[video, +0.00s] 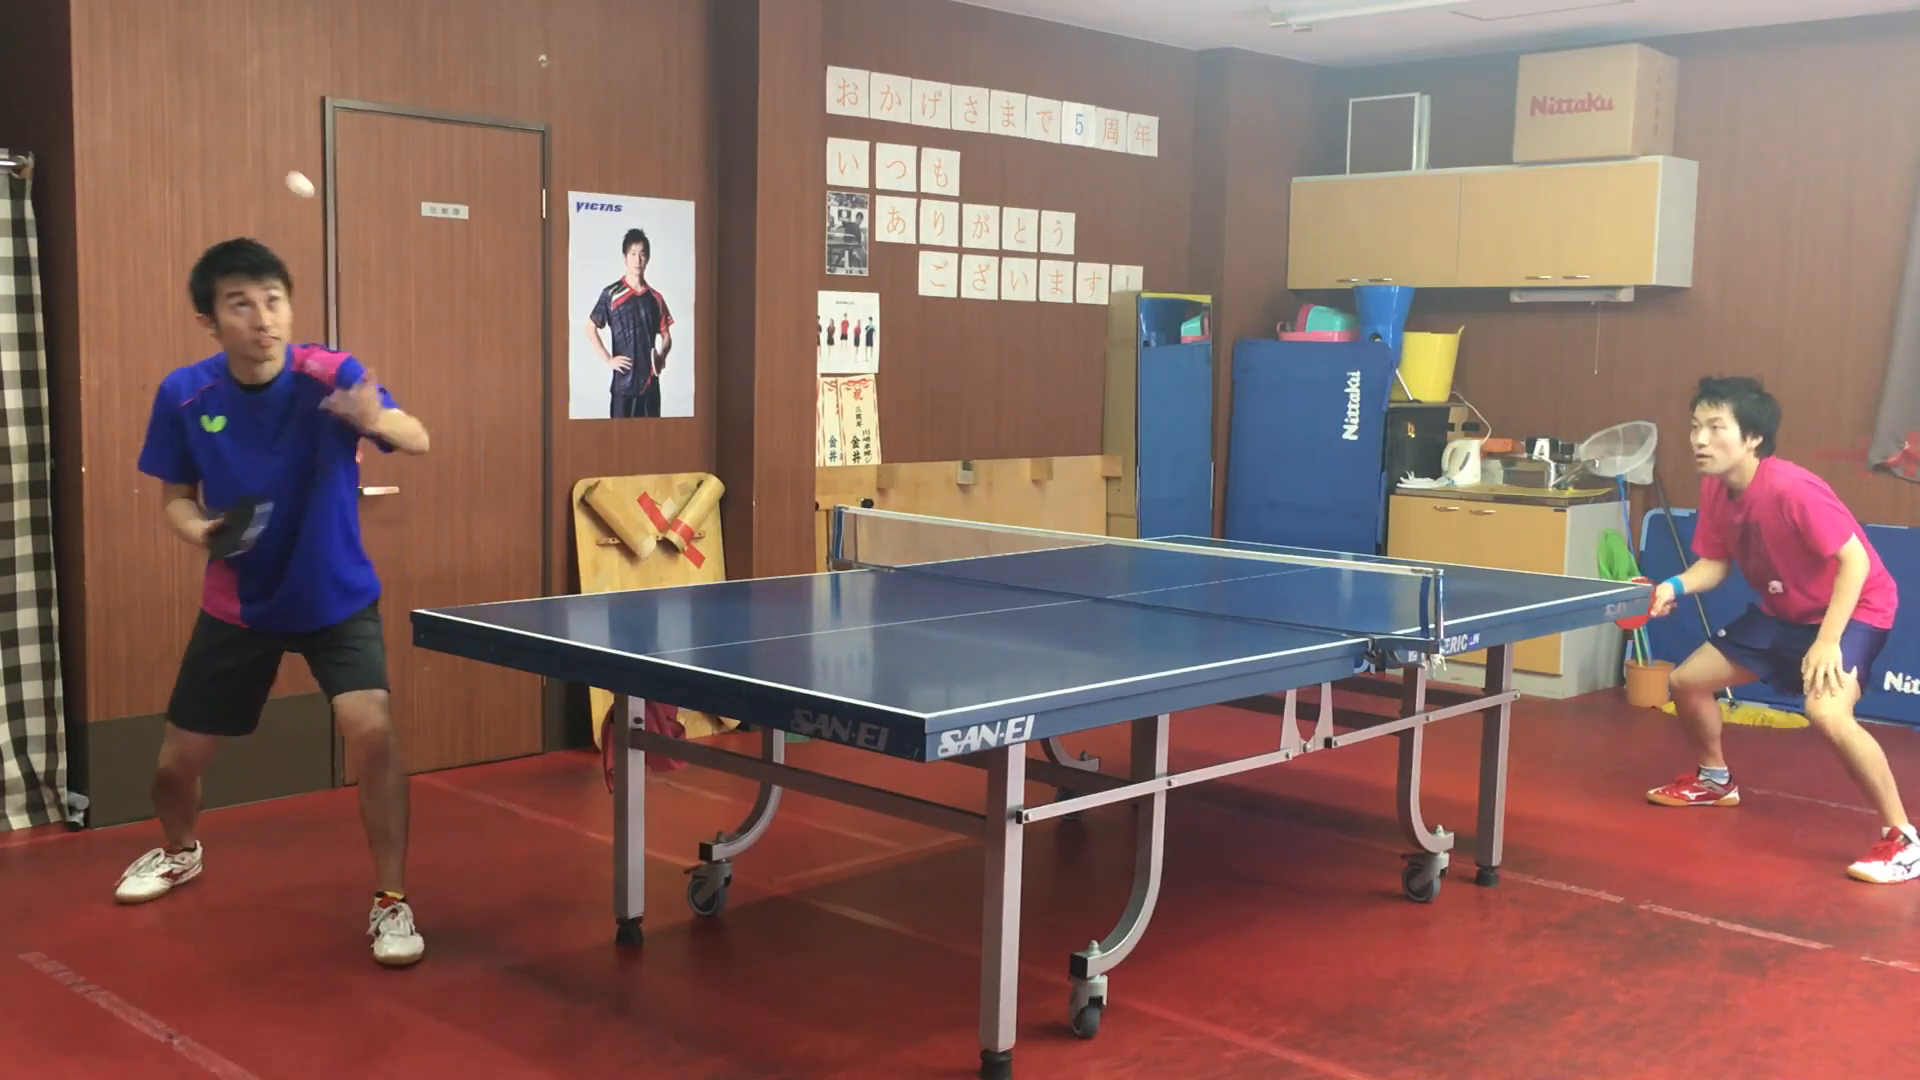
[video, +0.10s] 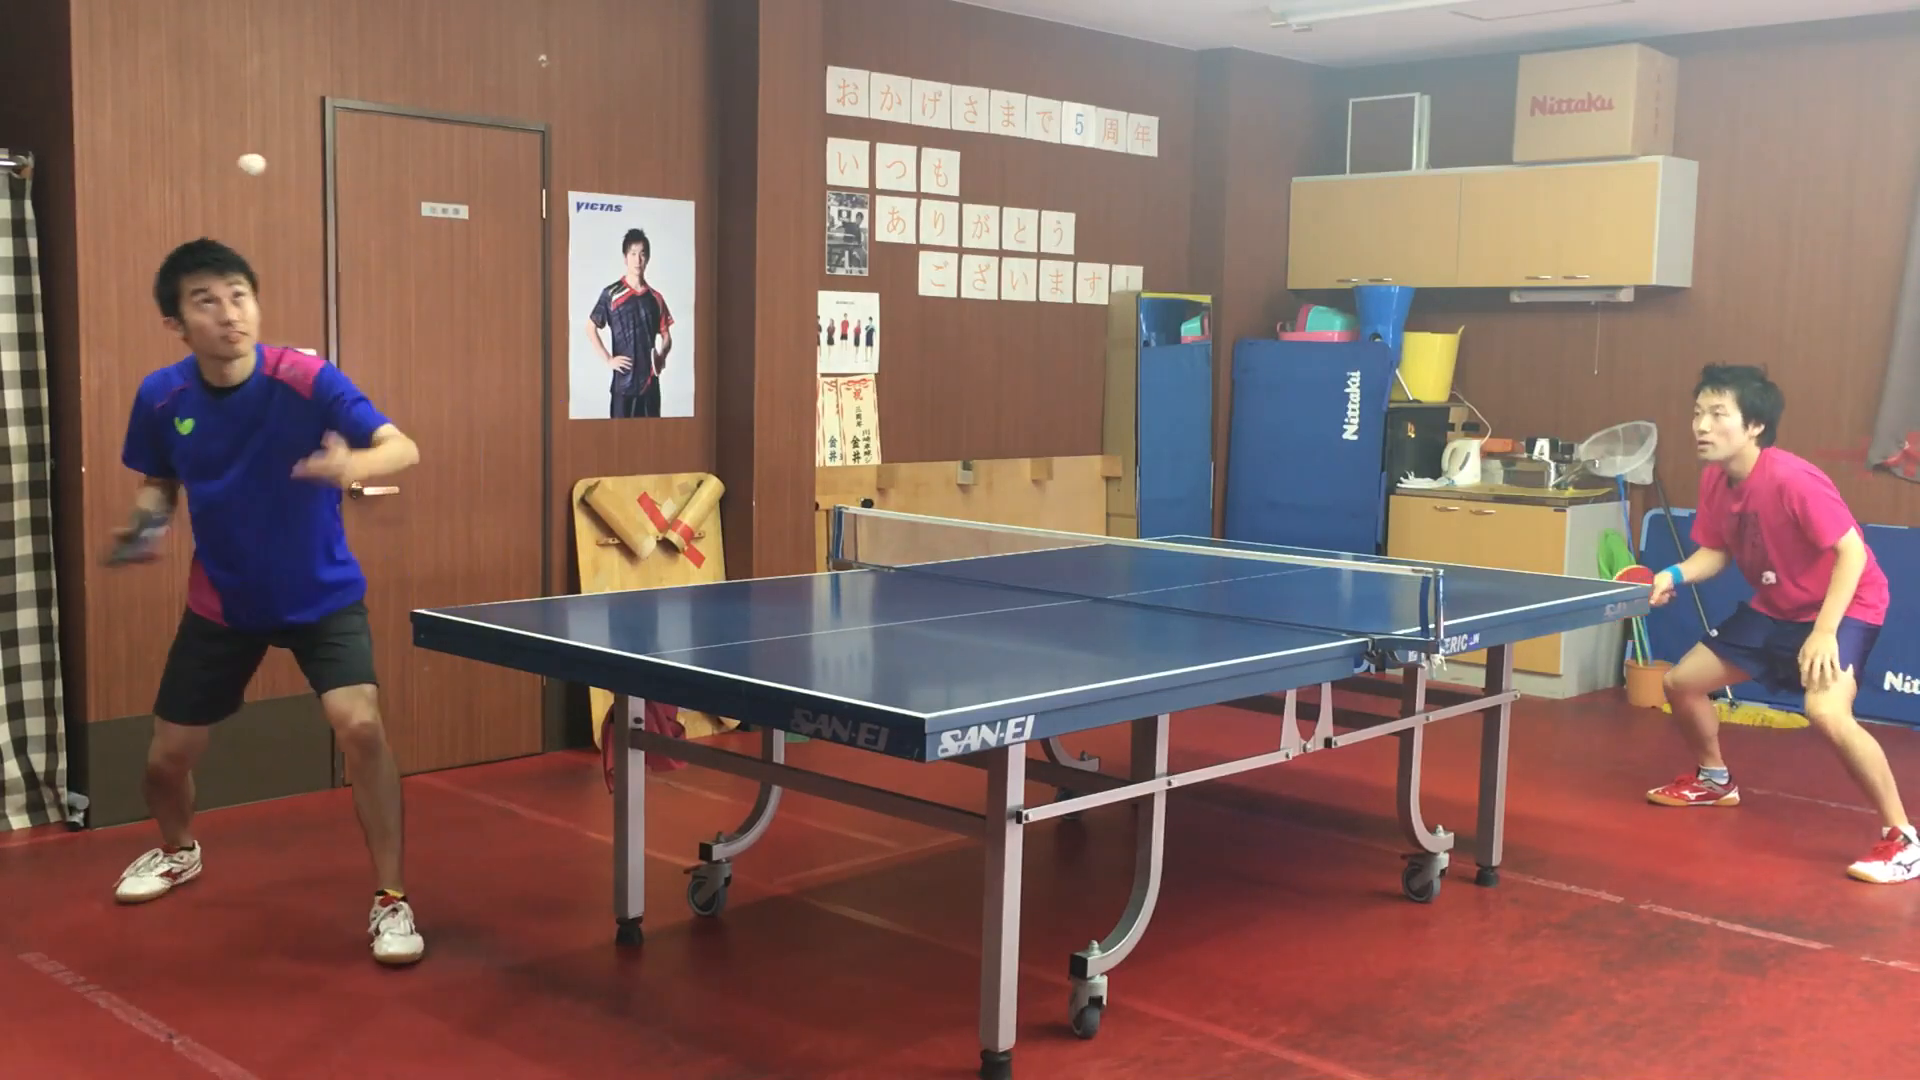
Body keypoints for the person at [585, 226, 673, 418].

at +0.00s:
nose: (639, 259)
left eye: (643, 254)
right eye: (633, 254)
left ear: (648, 258)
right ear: (625, 257)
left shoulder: (655, 297)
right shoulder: (611, 294)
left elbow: (666, 336)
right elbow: (591, 327)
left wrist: (662, 355)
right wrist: (608, 359)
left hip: (649, 378)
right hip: (624, 379)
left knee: (650, 436)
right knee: (622, 436)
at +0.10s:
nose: (639, 259)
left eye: (643, 254)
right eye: (633, 254)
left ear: (648, 258)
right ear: (625, 257)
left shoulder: (655, 297)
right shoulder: (611, 294)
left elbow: (666, 336)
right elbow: (591, 327)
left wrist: (662, 355)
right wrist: (608, 359)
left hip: (649, 378)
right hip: (624, 379)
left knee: (650, 436)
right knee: (622, 436)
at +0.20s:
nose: (639, 259)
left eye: (643, 254)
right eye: (633, 254)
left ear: (648, 258)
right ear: (625, 257)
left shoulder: (655, 297)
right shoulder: (611, 294)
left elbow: (666, 336)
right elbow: (591, 327)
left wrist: (662, 355)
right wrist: (608, 359)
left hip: (649, 378)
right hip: (624, 379)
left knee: (650, 436)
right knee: (622, 436)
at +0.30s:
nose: (639, 259)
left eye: (643, 254)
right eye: (633, 254)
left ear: (648, 258)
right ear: (625, 257)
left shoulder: (655, 297)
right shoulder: (611, 294)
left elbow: (666, 336)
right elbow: (591, 327)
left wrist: (662, 355)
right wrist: (608, 359)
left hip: (649, 379)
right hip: (624, 379)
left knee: (649, 436)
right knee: (622, 436)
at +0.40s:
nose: (639, 259)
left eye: (643, 254)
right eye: (633, 254)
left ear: (648, 258)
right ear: (625, 257)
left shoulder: (655, 297)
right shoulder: (611, 294)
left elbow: (666, 336)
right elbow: (591, 327)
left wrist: (662, 355)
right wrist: (608, 359)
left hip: (649, 378)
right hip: (624, 379)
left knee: (650, 436)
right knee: (622, 436)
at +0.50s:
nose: (639, 259)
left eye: (643, 254)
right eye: (633, 254)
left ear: (648, 258)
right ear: (625, 257)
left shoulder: (655, 297)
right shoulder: (611, 294)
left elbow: (666, 336)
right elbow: (591, 327)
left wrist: (662, 355)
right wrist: (608, 359)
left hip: (649, 378)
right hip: (624, 379)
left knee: (650, 436)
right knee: (622, 436)